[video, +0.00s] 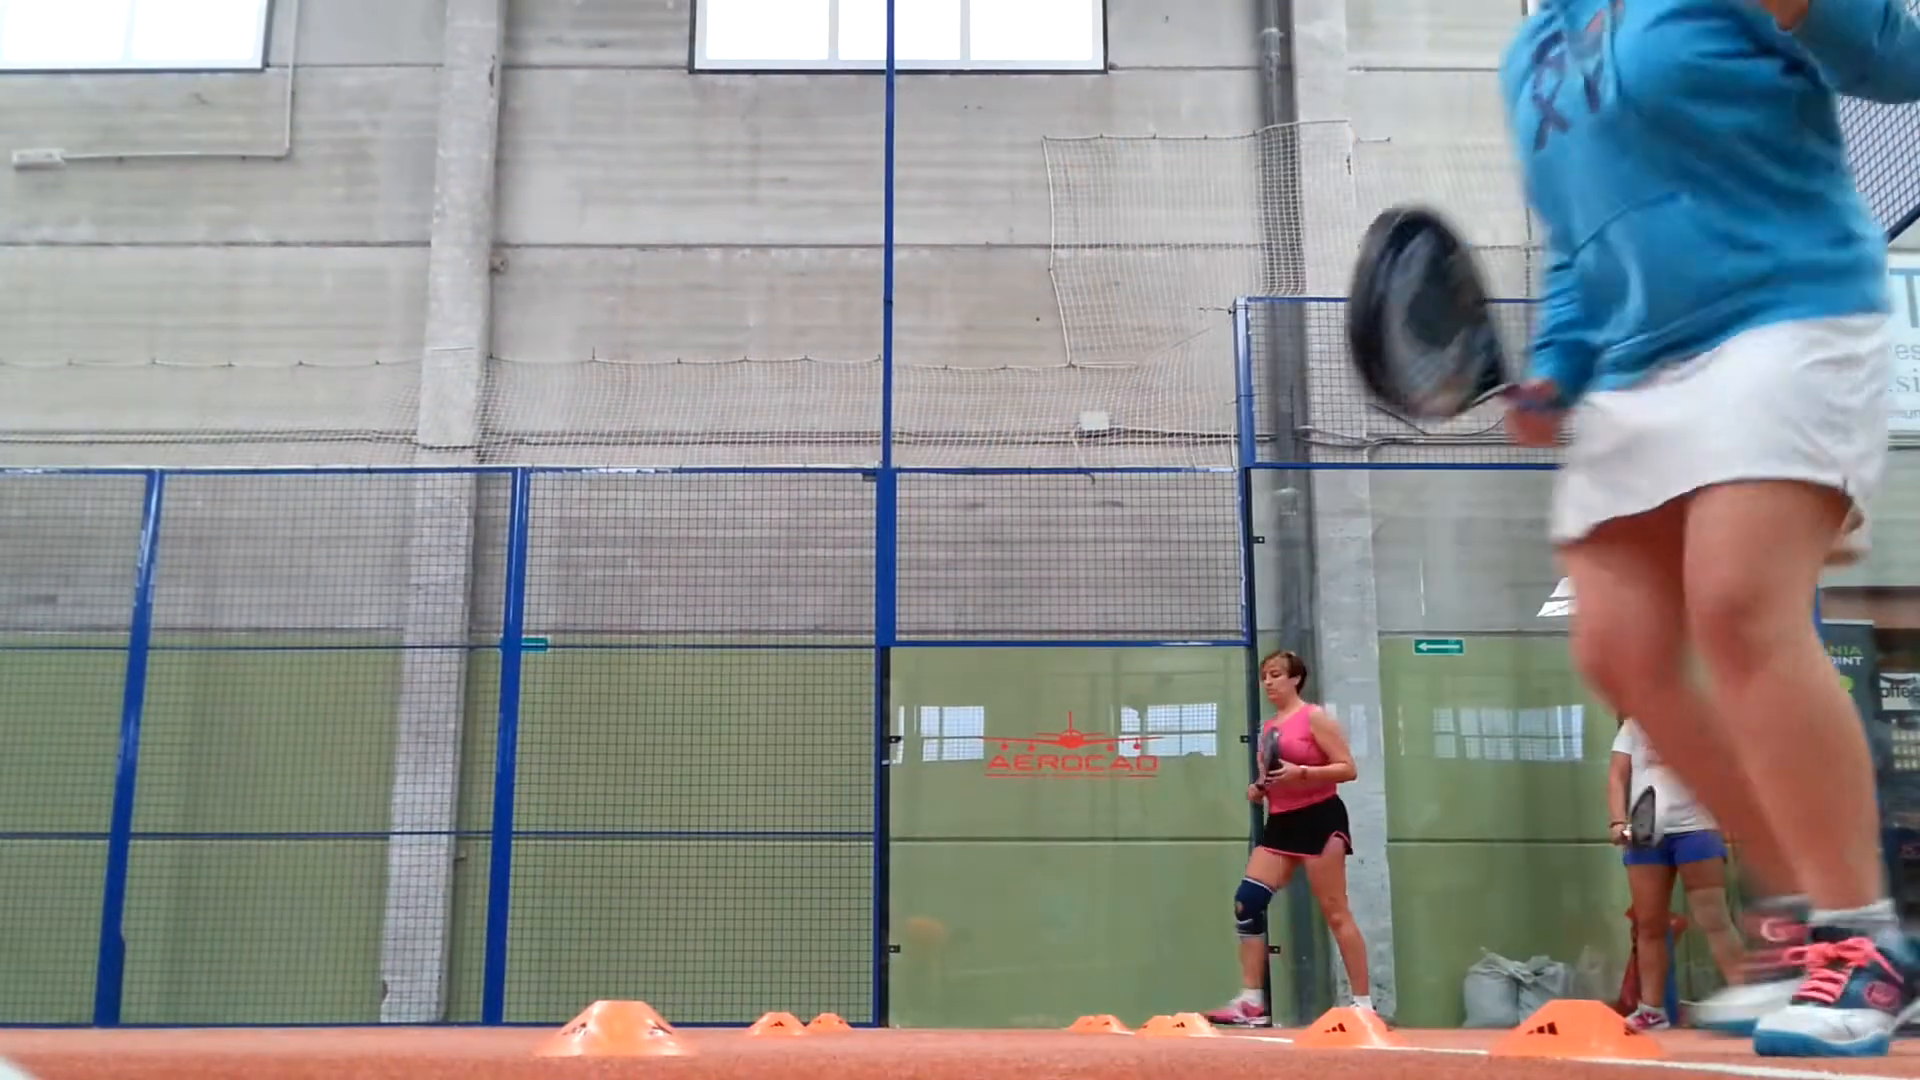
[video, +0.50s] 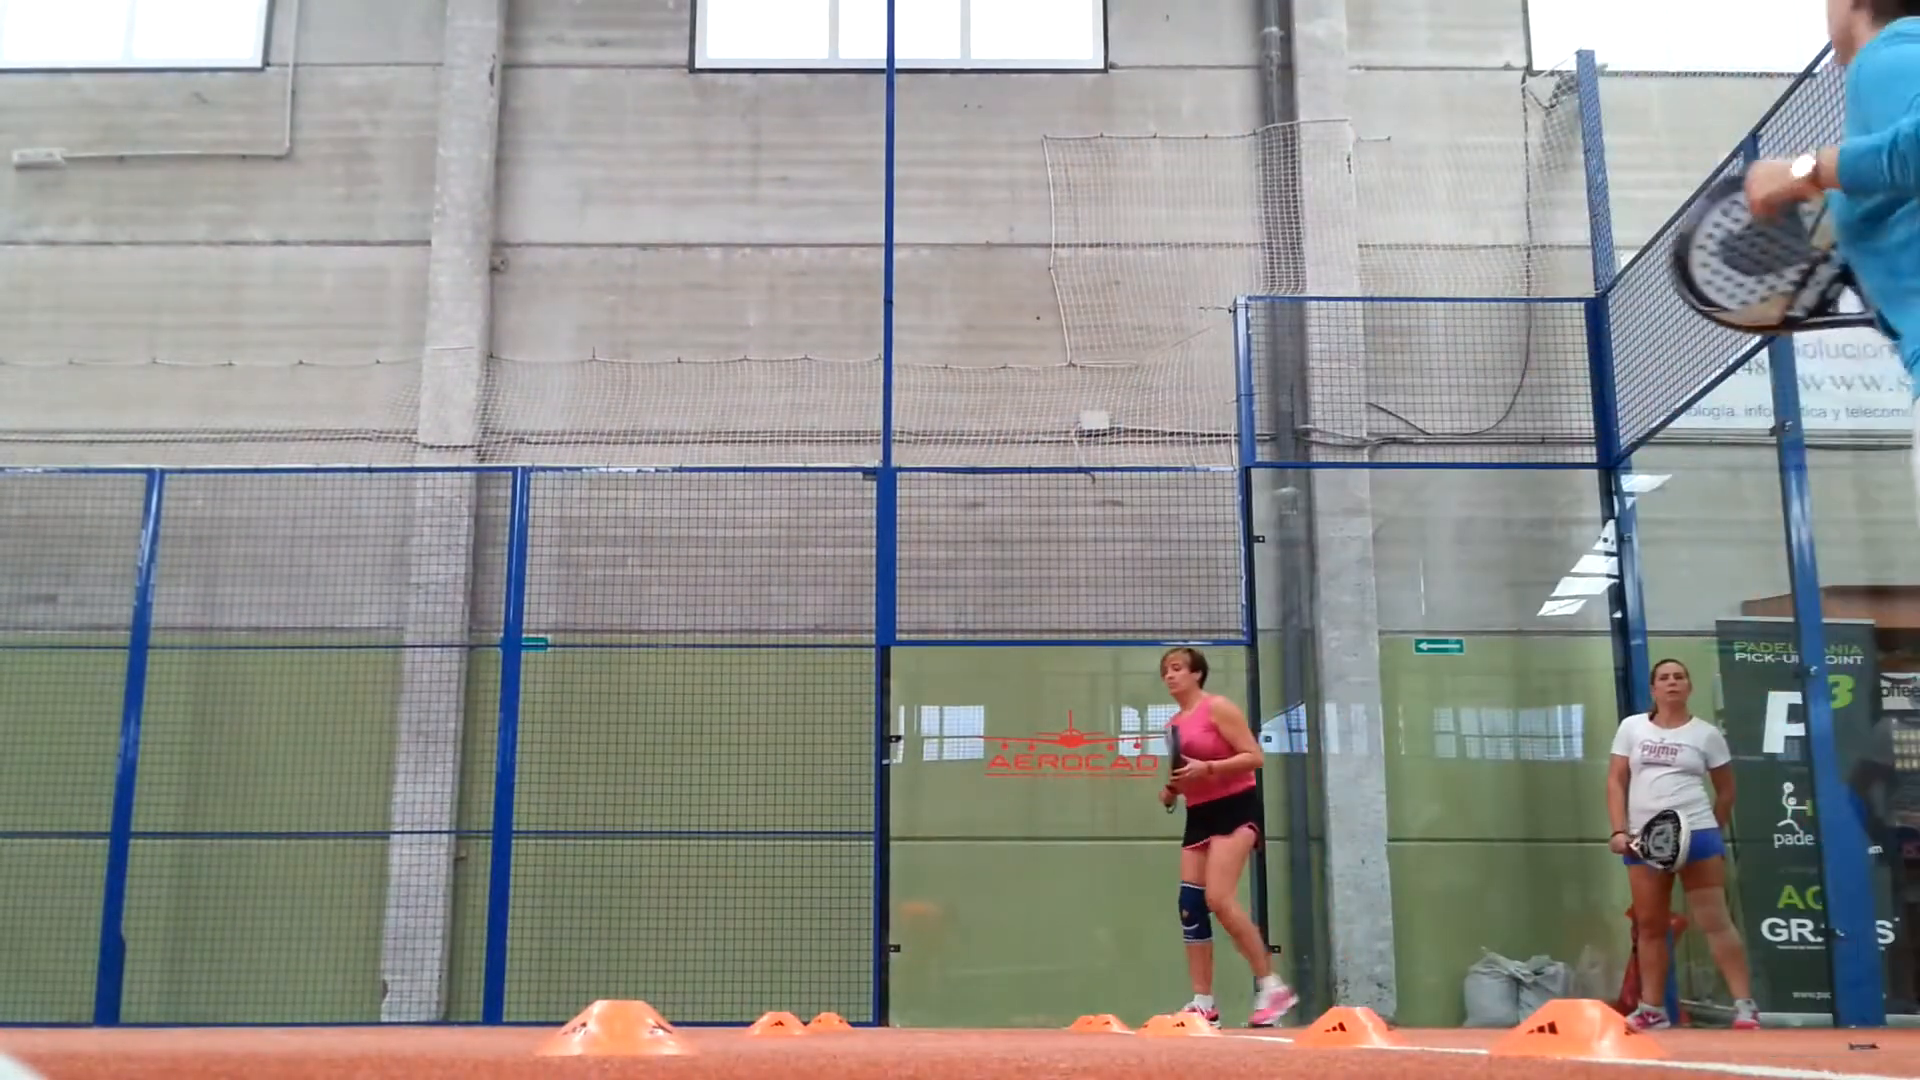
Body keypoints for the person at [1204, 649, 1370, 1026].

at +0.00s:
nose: (1268, 683)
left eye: (1275, 675)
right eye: (1265, 677)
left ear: (1296, 679)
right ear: (1262, 684)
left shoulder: (1317, 718)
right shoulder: (1268, 728)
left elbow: (1348, 769)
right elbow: (1268, 778)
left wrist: (1302, 772)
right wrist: (1259, 790)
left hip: (1320, 820)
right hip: (1281, 823)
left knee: (1337, 915)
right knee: (1248, 903)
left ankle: (1364, 1004)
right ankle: (1252, 1002)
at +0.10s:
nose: (1252, 684)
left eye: (1259, 677)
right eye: (1249, 679)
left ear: (1279, 681)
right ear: (1248, 686)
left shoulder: (1299, 717)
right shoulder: (1257, 728)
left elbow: (1329, 770)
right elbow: (1267, 773)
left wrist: (1281, 776)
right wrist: (1248, 790)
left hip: (1309, 821)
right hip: (1271, 823)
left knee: (1330, 914)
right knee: (1238, 904)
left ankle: (1363, 1003)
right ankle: (1217, 997)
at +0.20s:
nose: (1231, 686)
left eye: (1239, 679)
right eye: (1228, 680)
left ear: (1259, 684)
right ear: (1227, 687)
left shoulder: (1278, 719)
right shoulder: (1239, 730)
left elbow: (1309, 772)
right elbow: (1245, 777)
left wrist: (1258, 779)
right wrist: (1228, 795)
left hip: (1290, 823)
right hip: (1252, 825)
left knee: (1313, 916)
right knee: (1225, 909)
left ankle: (1358, 998)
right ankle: (1209, 1005)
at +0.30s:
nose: (1207, 684)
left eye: (1215, 677)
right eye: (1205, 678)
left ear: (1236, 681)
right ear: (1205, 685)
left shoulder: (1256, 718)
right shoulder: (1215, 728)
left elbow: (1286, 768)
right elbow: (1223, 774)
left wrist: (1237, 778)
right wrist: (1208, 795)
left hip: (1269, 821)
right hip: (1230, 823)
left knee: (1281, 916)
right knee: (1208, 908)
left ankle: (1348, 988)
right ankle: (1205, 1006)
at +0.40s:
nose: (1186, 680)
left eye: (1193, 673)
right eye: (1183, 674)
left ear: (1213, 678)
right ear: (1182, 682)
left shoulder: (1236, 713)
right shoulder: (1194, 726)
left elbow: (1268, 763)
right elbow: (1204, 772)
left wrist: (1222, 772)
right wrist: (1190, 792)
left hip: (1252, 814)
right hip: (1214, 817)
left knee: (1245, 909)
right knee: (1197, 908)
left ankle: (1318, 974)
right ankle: (1203, 1004)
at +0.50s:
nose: (1170, 675)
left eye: (1177, 669)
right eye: (1166, 671)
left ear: (1197, 674)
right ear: (1164, 679)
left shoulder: (1219, 707)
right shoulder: (1176, 723)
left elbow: (1254, 756)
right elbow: (1190, 769)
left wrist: (1208, 768)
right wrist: (1174, 788)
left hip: (1236, 811)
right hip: (1198, 814)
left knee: (1219, 899)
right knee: (1190, 906)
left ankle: (1272, 986)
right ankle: (1204, 1003)